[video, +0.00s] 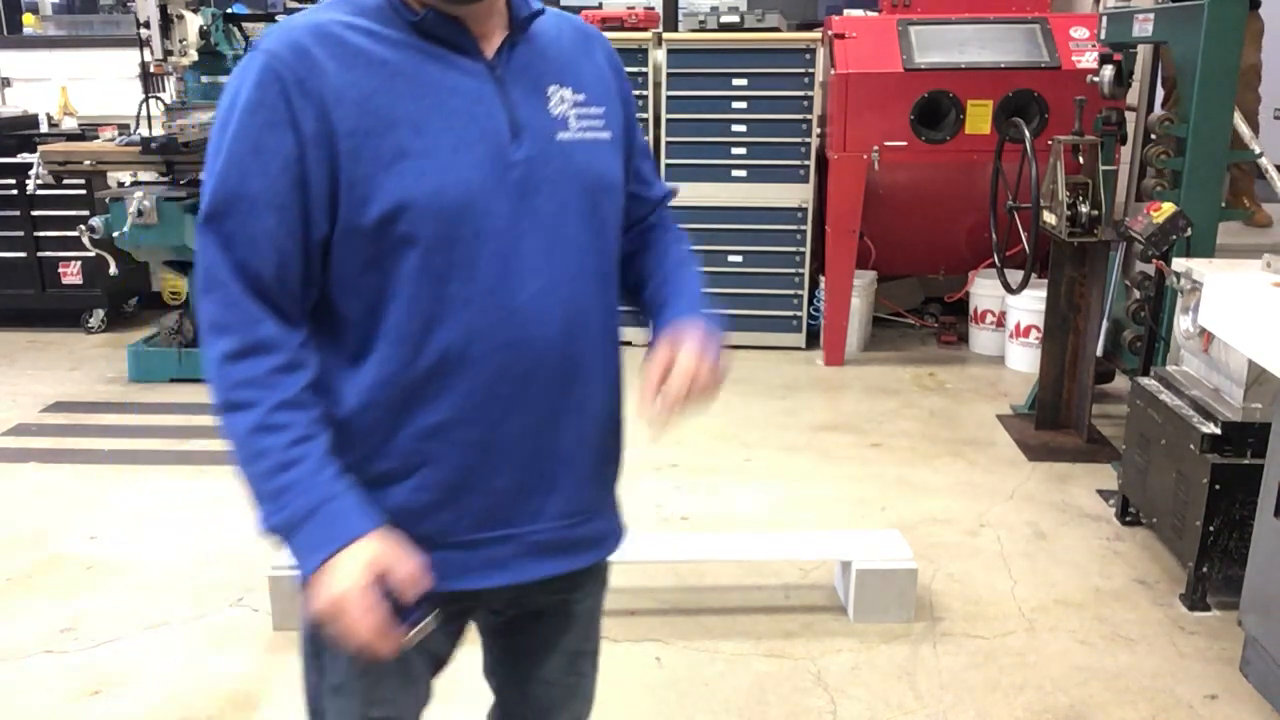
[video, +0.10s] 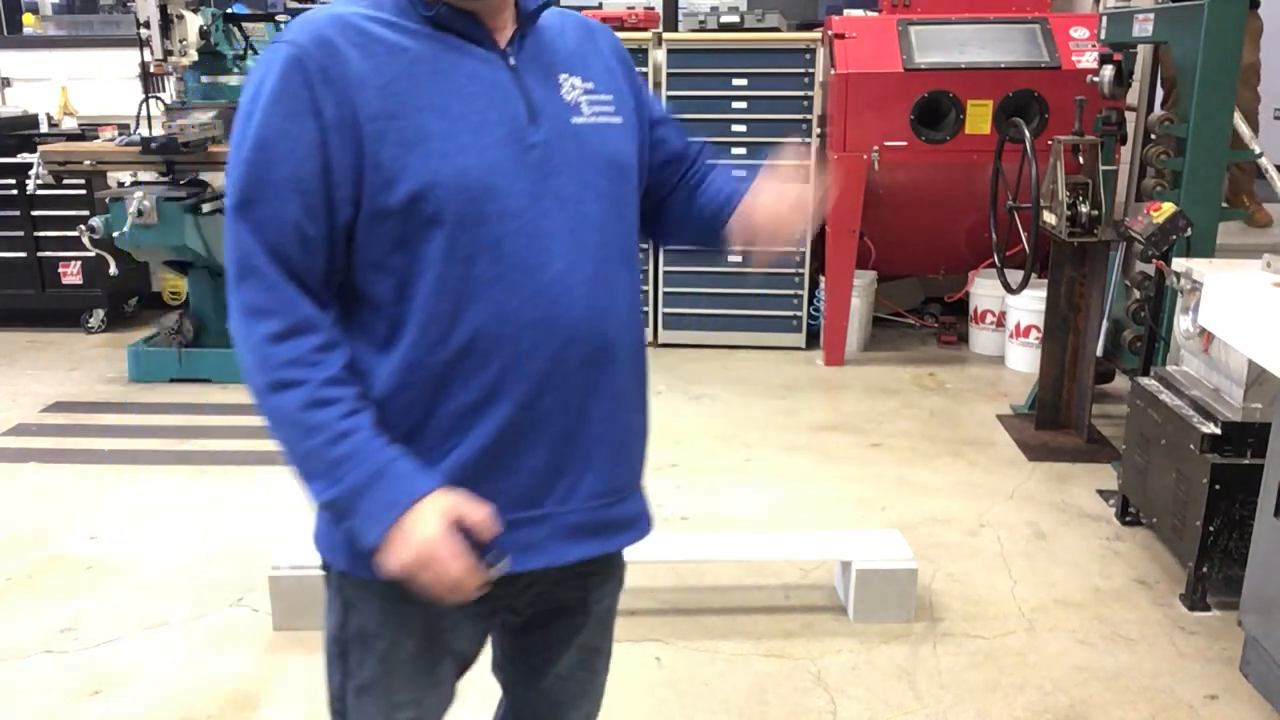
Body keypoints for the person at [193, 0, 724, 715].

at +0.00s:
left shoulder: (583, 57)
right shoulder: (297, 72)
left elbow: (645, 221)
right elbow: (245, 335)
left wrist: (683, 311)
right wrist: (328, 531)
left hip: (561, 524)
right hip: (382, 543)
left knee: (550, 709)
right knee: (365, 711)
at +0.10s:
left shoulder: (590, 51)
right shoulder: (320, 61)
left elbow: (670, 179)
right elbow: (274, 317)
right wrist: (384, 497)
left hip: (583, 522)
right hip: (408, 536)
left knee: (556, 714)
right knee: (389, 717)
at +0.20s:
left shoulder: (607, 49)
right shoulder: (341, 55)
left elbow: (756, 107)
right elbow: (299, 310)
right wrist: (438, 487)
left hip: (594, 527)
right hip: (419, 541)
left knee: (559, 714)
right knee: (408, 714)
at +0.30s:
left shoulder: (626, 32)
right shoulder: (360, 55)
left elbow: (791, 15)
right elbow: (326, 304)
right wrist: (466, 482)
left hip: (600, 509)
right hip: (431, 519)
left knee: (565, 710)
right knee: (420, 711)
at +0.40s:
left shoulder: (632, 27)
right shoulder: (371, 57)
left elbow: (791, 5)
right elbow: (345, 310)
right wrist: (479, 488)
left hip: (600, 502)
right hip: (436, 517)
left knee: (570, 708)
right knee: (440, 710)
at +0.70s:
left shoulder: (641, 60)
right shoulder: (365, 64)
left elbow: (714, 169)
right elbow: (301, 295)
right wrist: (430, 474)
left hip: (585, 511)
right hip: (417, 518)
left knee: (547, 711)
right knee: (436, 710)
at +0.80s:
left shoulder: (640, 77)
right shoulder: (356, 71)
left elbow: (684, 218)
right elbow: (284, 291)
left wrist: (703, 281)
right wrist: (427, 460)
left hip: (571, 513)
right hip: (400, 516)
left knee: (545, 712)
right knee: (411, 710)